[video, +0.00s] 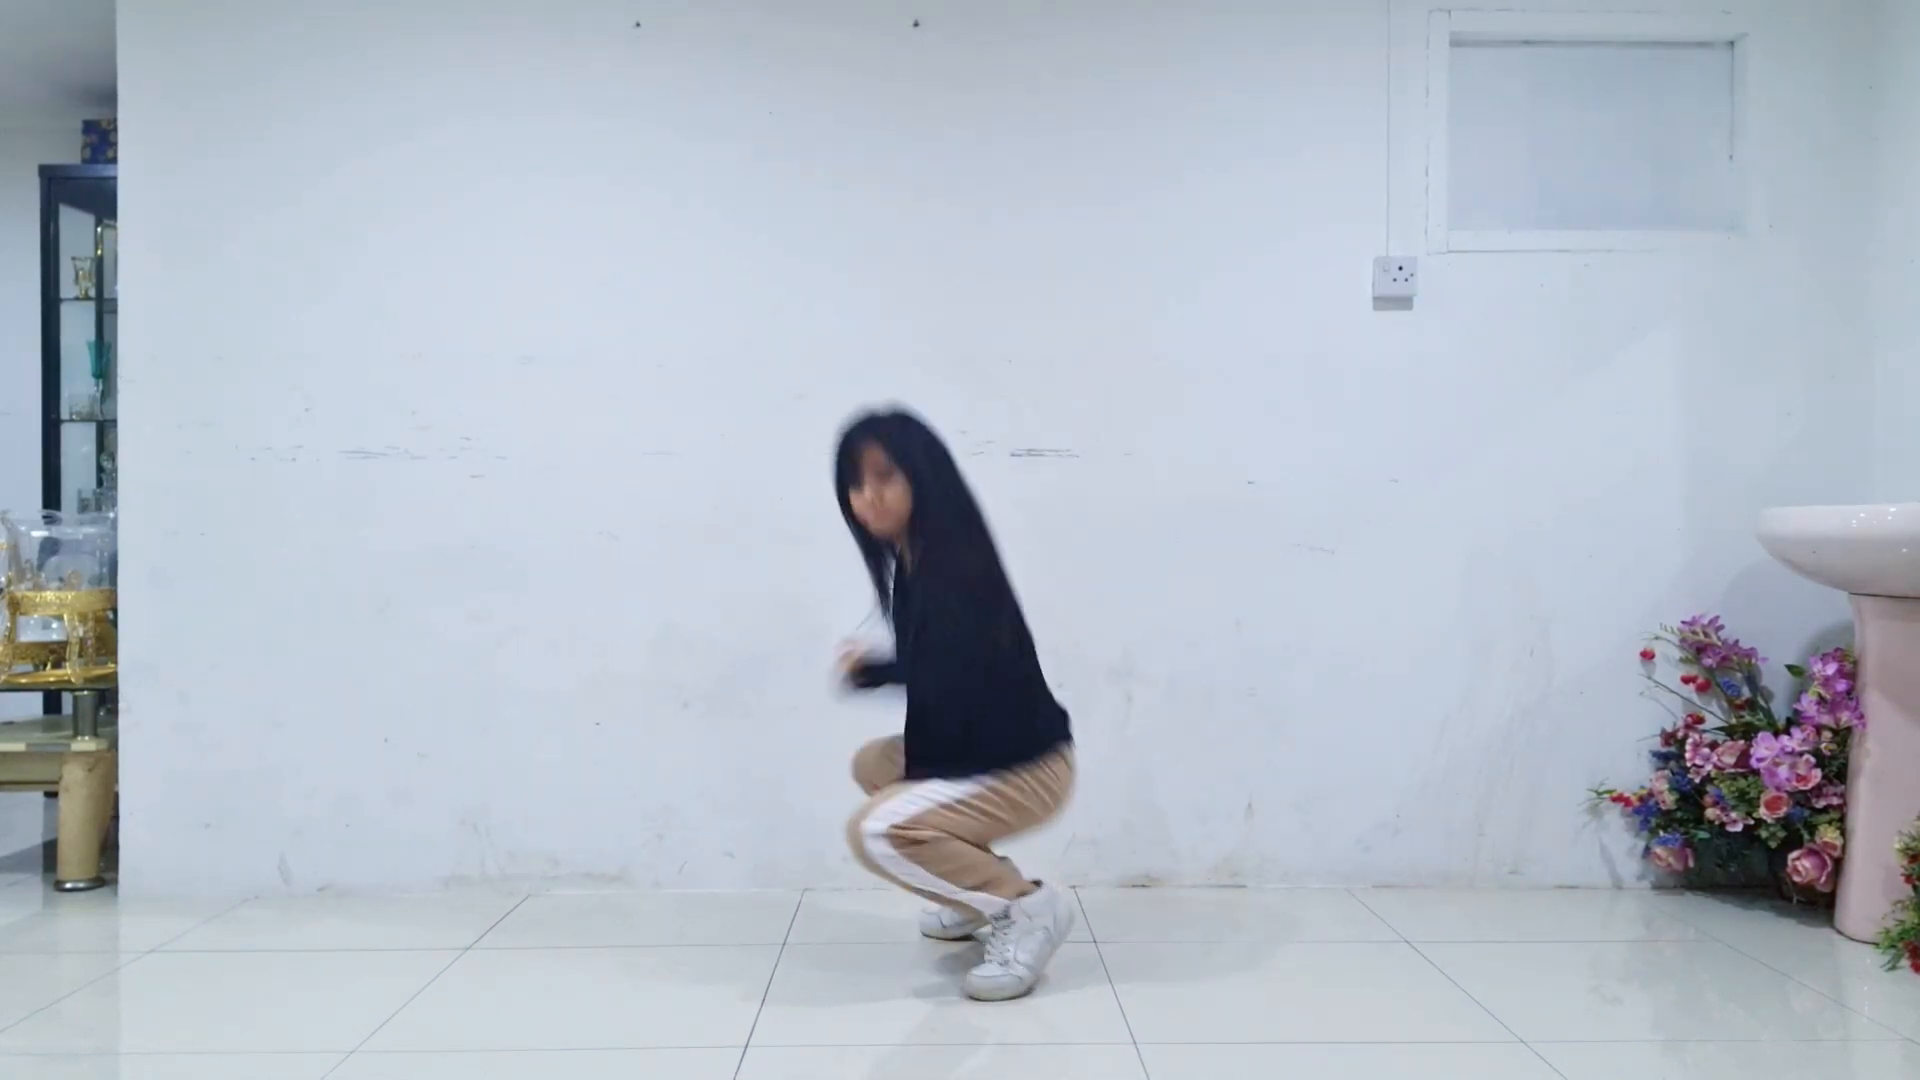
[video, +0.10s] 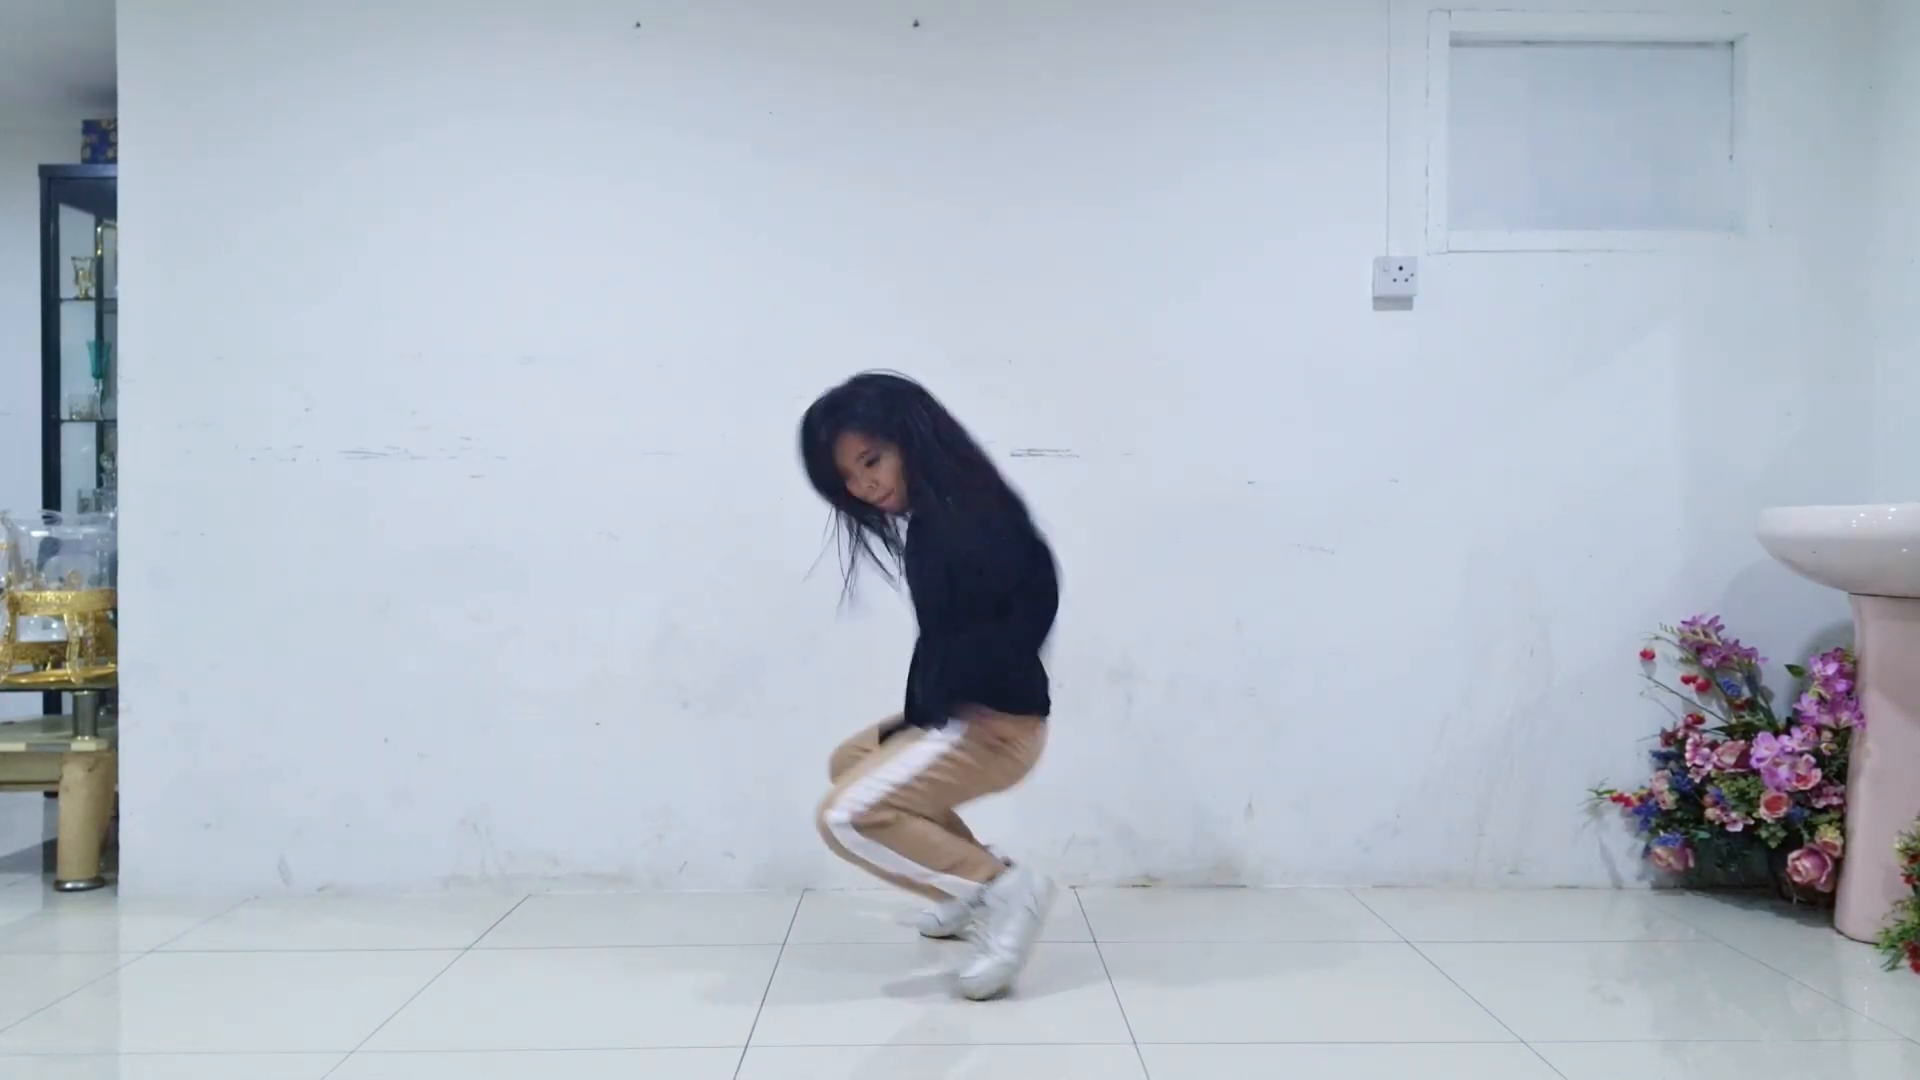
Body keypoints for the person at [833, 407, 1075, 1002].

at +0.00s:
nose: (870, 496)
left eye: (886, 477)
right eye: (856, 482)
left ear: (923, 480)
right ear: (845, 495)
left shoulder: (953, 563)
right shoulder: (912, 560)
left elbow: (956, 683)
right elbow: (939, 659)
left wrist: (921, 775)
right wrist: (879, 669)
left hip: (1030, 770)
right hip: (988, 748)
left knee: (878, 832)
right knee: (875, 766)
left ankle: (1030, 907)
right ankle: (980, 897)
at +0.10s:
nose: (866, 487)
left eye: (872, 461)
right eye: (849, 480)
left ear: (910, 439)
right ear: (840, 489)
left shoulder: (968, 500)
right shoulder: (931, 510)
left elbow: (1036, 586)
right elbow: (948, 619)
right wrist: (923, 709)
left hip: (997, 728)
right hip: (960, 712)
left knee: (848, 818)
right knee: (851, 764)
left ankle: (1007, 889)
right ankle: (977, 887)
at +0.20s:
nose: (860, 508)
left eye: (864, 484)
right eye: (844, 499)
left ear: (900, 462)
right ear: (836, 504)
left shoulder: (963, 514)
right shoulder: (922, 524)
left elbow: (1054, 598)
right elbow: (959, 630)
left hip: (994, 733)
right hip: (950, 716)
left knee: (832, 805)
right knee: (839, 760)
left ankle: (979, 882)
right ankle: (958, 875)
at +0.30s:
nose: (835, 541)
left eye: (847, 520)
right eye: (828, 527)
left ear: (886, 513)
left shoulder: (927, 591)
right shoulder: (924, 576)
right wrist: (888, 749)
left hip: (1005, 796)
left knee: (830, 832)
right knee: (848, 781)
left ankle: (984, 912)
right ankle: (964, 895)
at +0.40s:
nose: (830, 567)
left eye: (851, 554)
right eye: (829, 552)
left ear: (889, 565)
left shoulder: (908, 645)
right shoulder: (927, 611)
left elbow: (911, 778)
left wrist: (888, 905)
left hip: (1022, 851)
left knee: (857, 830)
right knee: (865, 781)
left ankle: (1001, 925)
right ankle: (954, 907)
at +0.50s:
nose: (824, 545)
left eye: (844, 533)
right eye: (822, 528)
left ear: (880, 544)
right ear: (814, 530)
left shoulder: (892, 632)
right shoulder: (910, 601)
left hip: (1054, 784)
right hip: (1035, 753)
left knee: (898, 799)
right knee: (894, 760)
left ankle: (1012, 931)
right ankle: (981, 899)